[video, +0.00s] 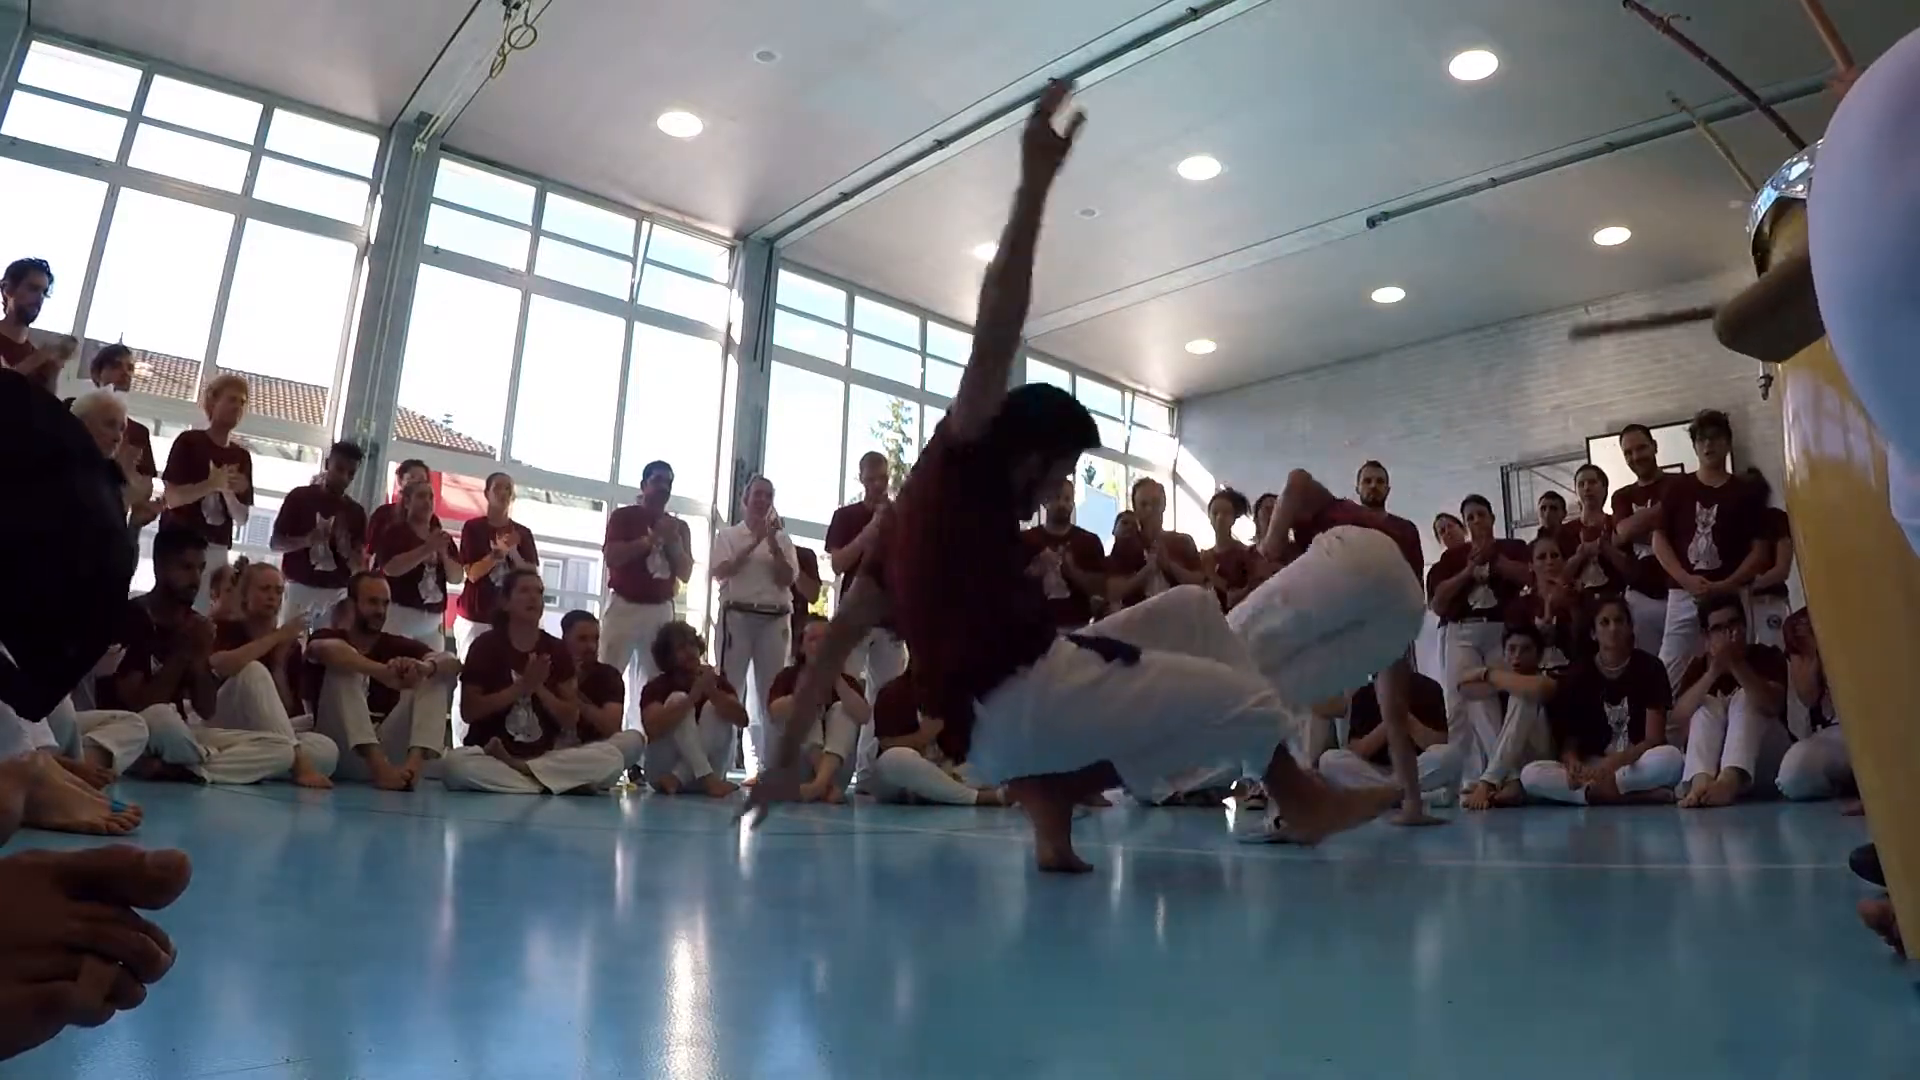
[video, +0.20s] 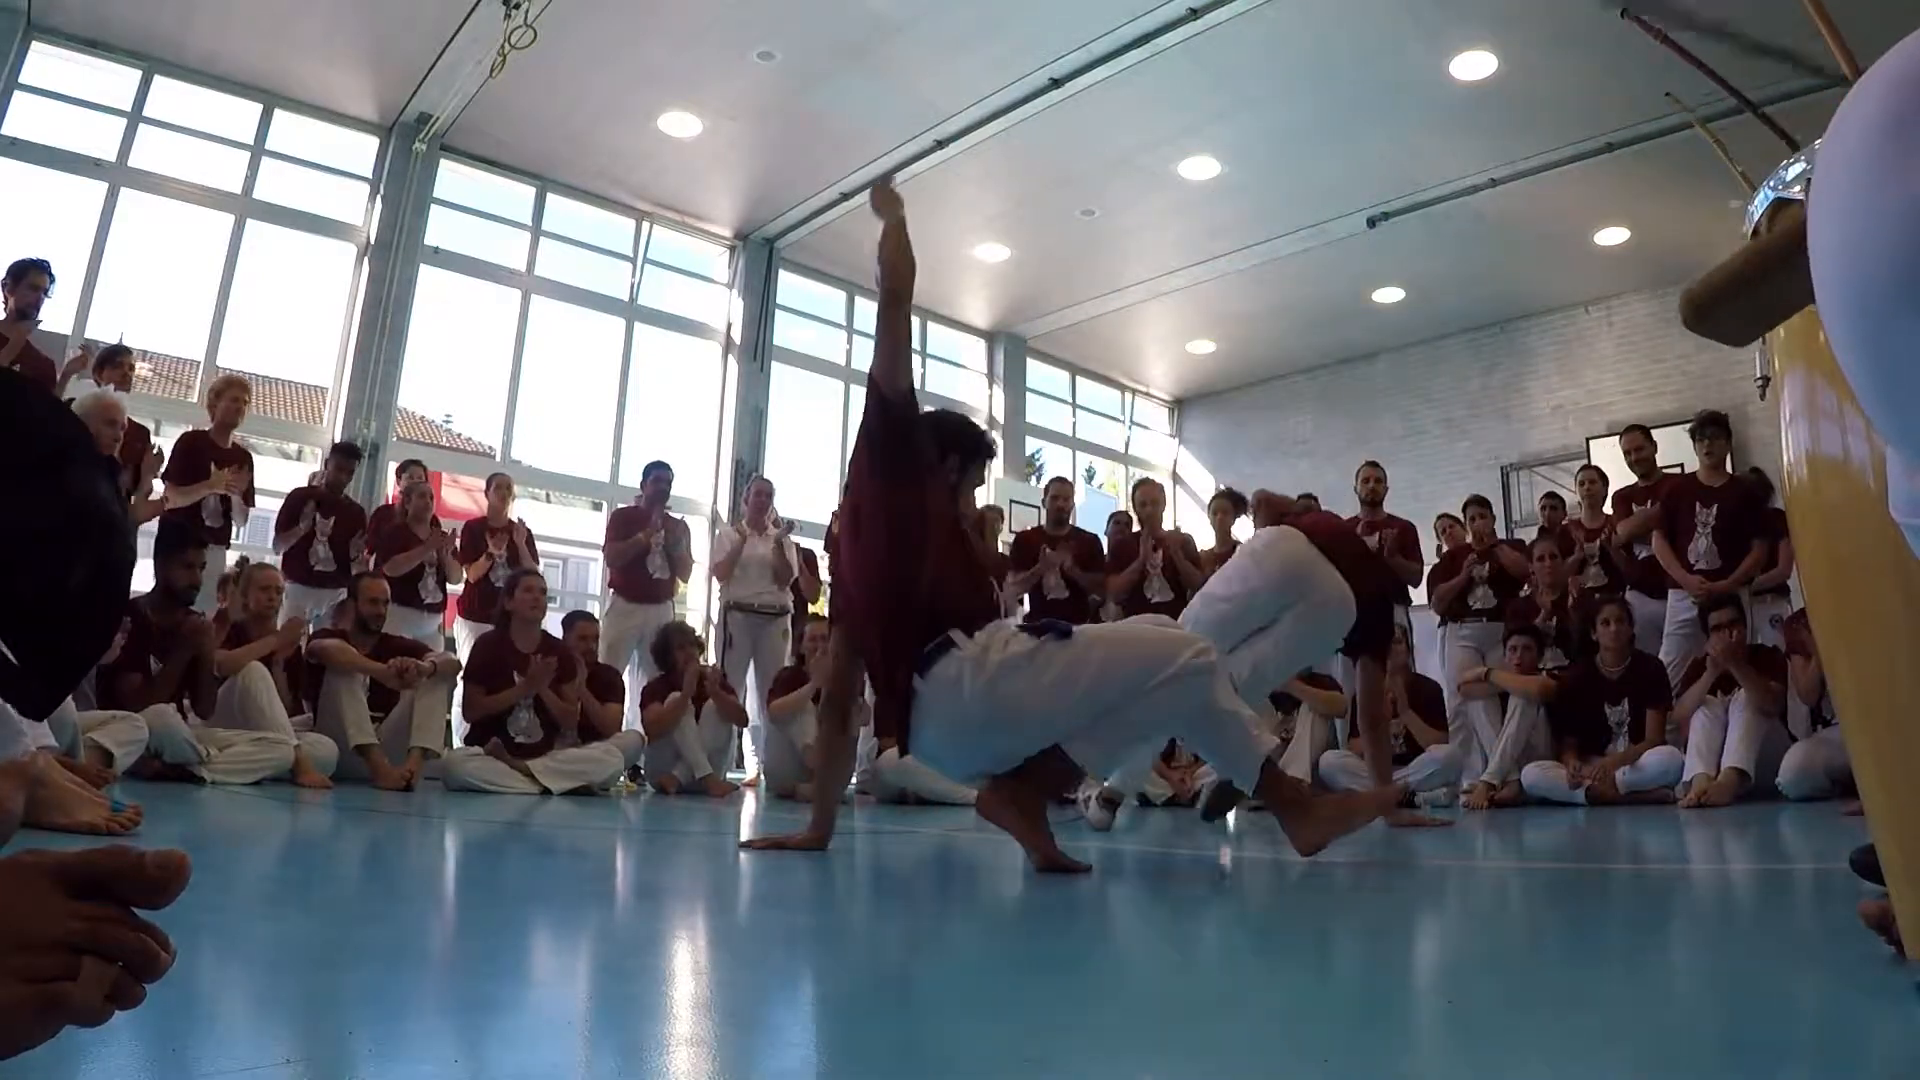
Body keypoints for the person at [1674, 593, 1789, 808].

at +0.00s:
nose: (1728, 634)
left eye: (1733, 625)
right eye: (1719, 629)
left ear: (1744, 626)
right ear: (1707, 636)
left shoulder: (1768, 656)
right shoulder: (1699, 665)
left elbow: (1774, 706)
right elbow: (1679, 716)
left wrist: (1736, 664)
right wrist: (1711, 673)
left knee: (1745, 696)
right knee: (1707, 705)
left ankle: (1730, 778)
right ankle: (1700, 781)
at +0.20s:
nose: (1727, 635)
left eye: (1733, 626)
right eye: (1719, 629)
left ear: (1745, 626)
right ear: (1708, 635)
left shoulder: (1768, 656)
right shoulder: (1700, 664)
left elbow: (1774, 706)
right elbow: (1680, 716)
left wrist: (1736, 664)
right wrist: (1710, 673)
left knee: (1746, 697)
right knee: (1707, 705)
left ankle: (1731, 777)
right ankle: (1700, 780)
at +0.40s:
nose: (1728, 634)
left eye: (1734, 625)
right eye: (1719, 629)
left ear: (1745, 626)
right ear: (1708, 636)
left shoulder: (1768, 656)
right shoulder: (1699, 665)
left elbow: (1774, 706)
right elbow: (1679, 716)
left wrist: (1736, 664)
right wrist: (1711, 674)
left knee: (1746, 697)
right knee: (1707, 704)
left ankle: (1731, 777)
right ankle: (1700, 780)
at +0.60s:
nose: (1729, 633)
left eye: (1735, 624)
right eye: (1720, 628)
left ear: (1745, 625)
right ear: (1708, 634)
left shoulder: (1769, 656)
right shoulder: (1700, 665)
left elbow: (1774, 706)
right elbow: (1680, 716)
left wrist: (1735, 664)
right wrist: (1711, 672)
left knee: (1746, 697)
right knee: (1707, 704)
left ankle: (1730, 778)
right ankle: (1700, 780)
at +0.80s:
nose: (1730, 633)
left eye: (1735, 624)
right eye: (1720, 628)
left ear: (1746, 625)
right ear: (1708, 634)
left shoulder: (1769, 655)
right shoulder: (1700, 665)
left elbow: (1774, 706)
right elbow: (1679, 716)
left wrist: (1736, 665)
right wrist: (1710, 673)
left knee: (1746, 697)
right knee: (1707, 704)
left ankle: (1731, 777)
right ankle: (1700, 780)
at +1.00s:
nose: (1729, 633)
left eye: (1735, 624)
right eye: (1720, 628)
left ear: (1746, 625)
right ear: (1708, 634)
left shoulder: (1769, 655)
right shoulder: (1700, 664)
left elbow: (1773, 707)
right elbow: (1677, 715)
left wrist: (1735, 663)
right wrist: (1712, 674)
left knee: (1745, 697)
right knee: (1707, 703)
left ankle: (1729, 779)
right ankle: (1700, 781)